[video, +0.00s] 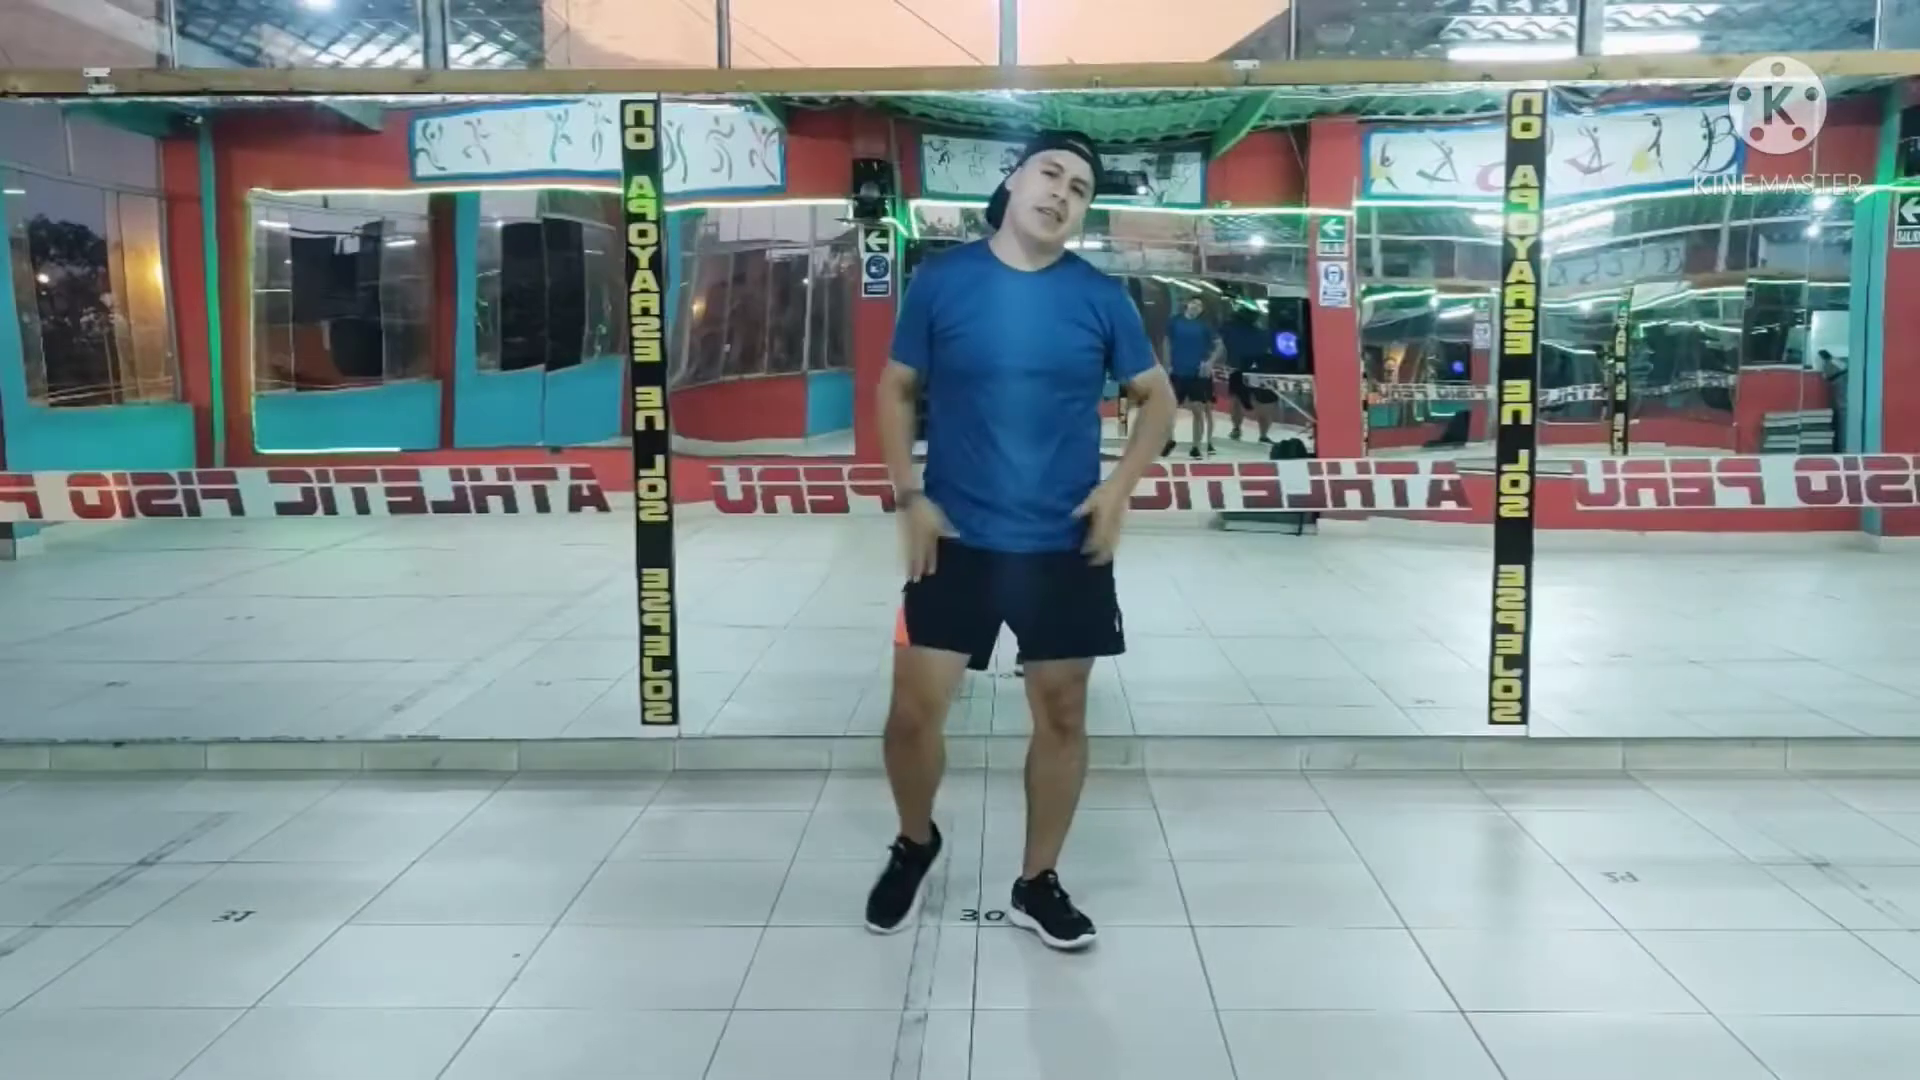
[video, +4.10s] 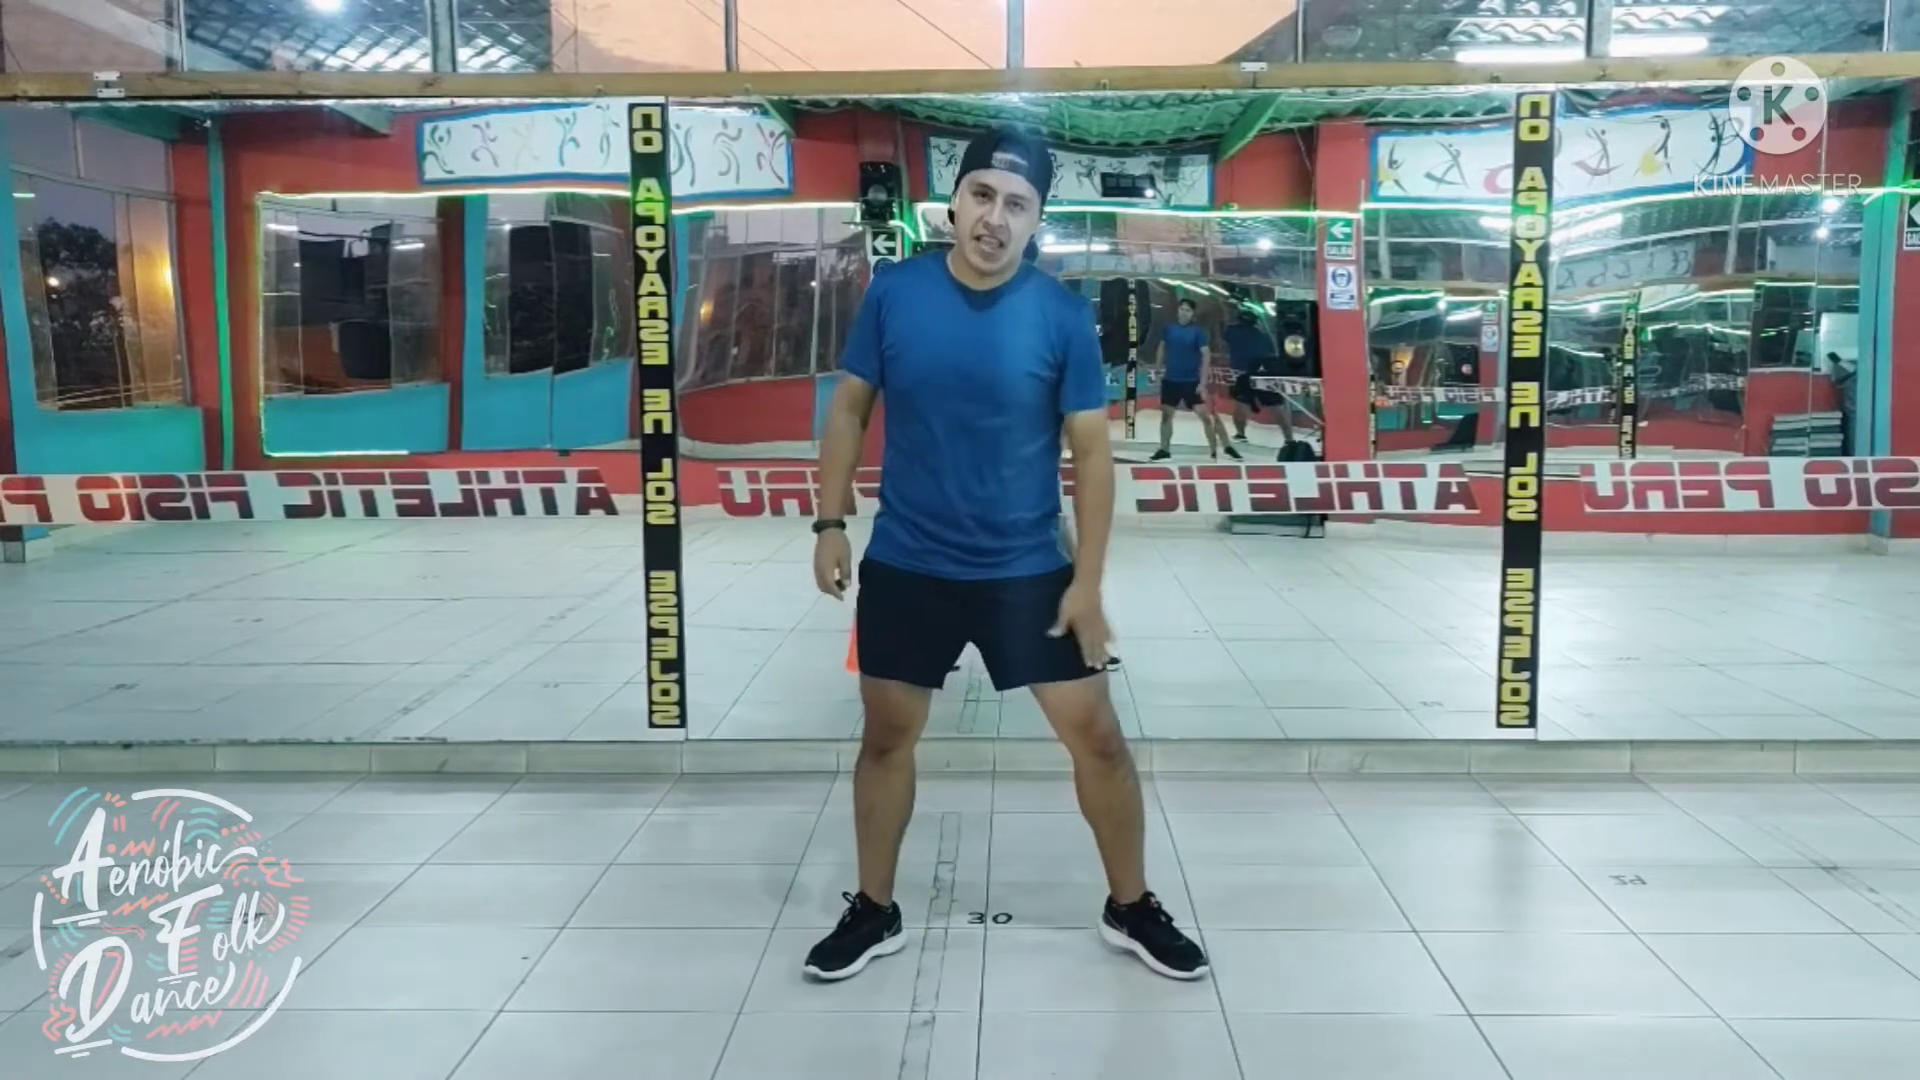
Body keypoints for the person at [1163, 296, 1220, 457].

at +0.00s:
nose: (1195, 308)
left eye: (1198, 306)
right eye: (1193, 304)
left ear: (1201, 309)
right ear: (1187, 305)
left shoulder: (1204, 325)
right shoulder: (1174, 322)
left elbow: (1219, 346)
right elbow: (1166, 342)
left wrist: (1209, 363)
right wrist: (1167, 364)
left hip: (1197, 373)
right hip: (1177, 372)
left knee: (1197, 410)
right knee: (1168, 407)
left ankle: (1196, 445)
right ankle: (1169, 438)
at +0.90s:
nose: (1176, 308)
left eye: (1180, 305)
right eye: (1174, 305)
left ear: (1185, 309)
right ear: (1169, 307)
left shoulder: (1192, 328)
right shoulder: (1162, 327)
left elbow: (1199, 350)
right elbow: (1153, 347)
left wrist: (1187, 352)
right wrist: (1149, 364)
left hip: (1188, 376)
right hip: (1167, 376)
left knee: (1200, 412)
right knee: (1162, 412)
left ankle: (1208, 446)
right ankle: (1158, 447)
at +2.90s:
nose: (1182, 309)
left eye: (1186, 307)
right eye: (1180, 306)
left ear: (1192, 310)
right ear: (1176, 308)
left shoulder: (1199, 328)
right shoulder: (1169, 328)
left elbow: (1204, 350)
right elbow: (1162, 348)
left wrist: (1190, 343)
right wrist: (1158, 368)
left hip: (1192, 379)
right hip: (1172, 378)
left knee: (1203, 416)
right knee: (1166, 415)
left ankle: (1212, 450)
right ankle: (1162, 448)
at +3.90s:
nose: (1184, 312)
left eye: (1188, 309)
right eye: (1182, 308)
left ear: (1193, 313)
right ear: (1178, 310)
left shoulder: (1199, 330)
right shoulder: (1169, 328)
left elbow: (1206, 349)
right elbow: (1162, 347)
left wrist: (1202, 364)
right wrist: (1160, 367)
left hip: (1193, 379)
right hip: (1173, 378)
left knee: (1204, 415)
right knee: (1167, 414)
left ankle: (1214, 450)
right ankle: (1164, 448)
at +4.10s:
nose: (1184, 313)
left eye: (1188, 311)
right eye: (1182, 310)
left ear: (1193, 314)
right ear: (1177, 311)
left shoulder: (1198, 332)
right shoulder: (1169, 329)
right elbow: (1161, 347)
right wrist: (1158, 368)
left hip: (1191, 381)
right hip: (1171, 380)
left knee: (1205, 415)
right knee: (1166, 415)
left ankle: (1220, 448)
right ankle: (1164, 448)